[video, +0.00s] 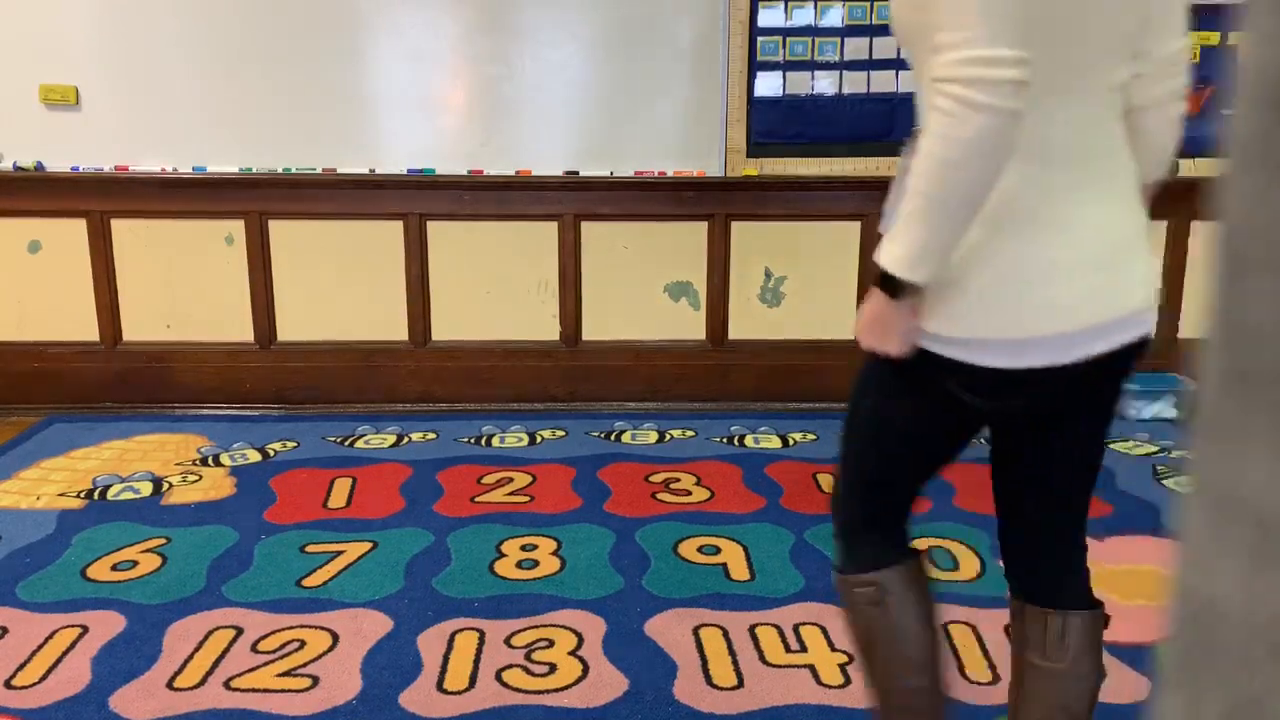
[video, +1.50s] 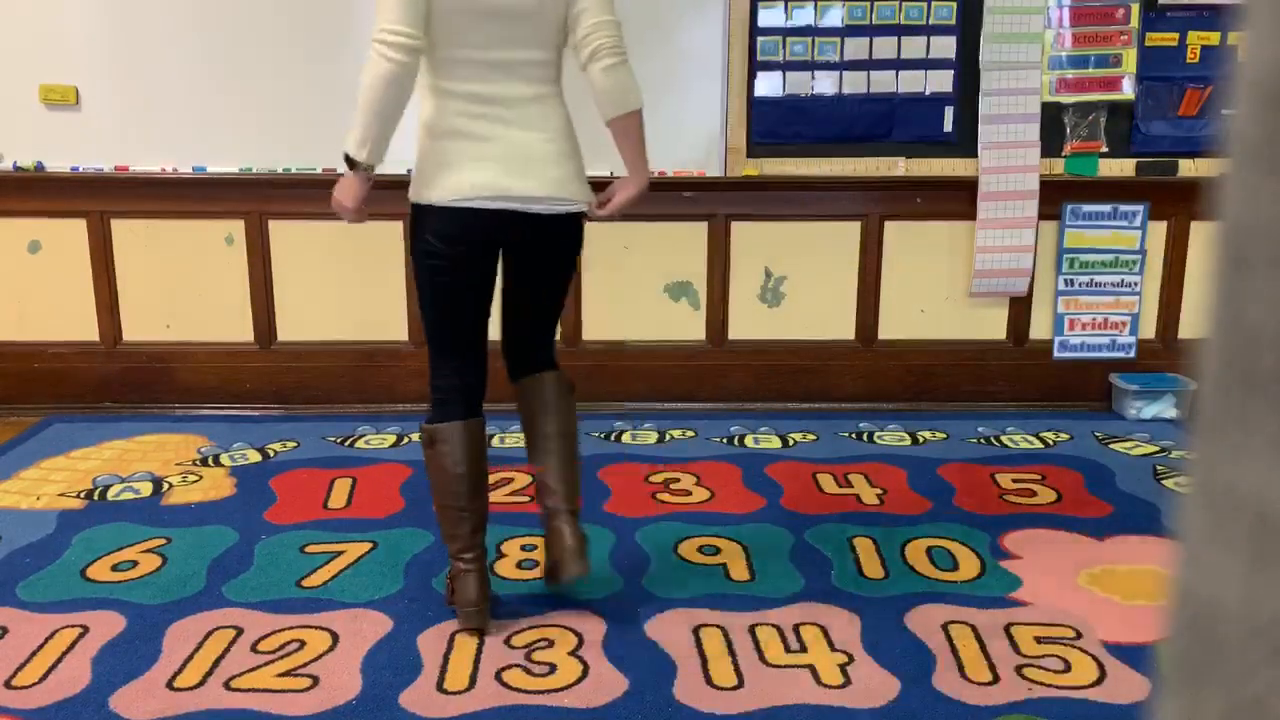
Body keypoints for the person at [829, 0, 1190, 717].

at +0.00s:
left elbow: (980, 91)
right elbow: (1159, 103)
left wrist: (895, 278)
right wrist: (1095, 219)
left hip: (975, 303)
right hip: (1104, 300)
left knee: (867, 508)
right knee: (1049, 547)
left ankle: (912, 707)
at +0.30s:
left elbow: (794, 78)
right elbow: (998, 84)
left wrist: (728, 243)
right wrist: (960, 213)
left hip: (793, 264)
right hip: (918, 259)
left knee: (744, 481)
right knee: (899, 493)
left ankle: (732, 685)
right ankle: (975, 705)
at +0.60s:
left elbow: (657, 54)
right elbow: (872, 46)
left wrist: (629, 210)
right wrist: (893, 184)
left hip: (701, 239)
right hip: (801, 239)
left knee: (708, 459)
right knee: (723, 431)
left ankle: (731, 677)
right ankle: (714, 618)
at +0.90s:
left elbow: (573, 49)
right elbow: (774, 50)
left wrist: (544, 191)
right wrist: (794, 185)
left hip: (606, 221)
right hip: (705, 222)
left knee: (599, 431)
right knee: (665, 420)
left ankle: (681, 626)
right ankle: (636, 605)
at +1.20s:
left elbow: (480, 41)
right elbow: (677, 41)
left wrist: (467, 176)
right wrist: (705, 176)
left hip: (525, 204)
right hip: (629, 204)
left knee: (505, 398)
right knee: (638, 408)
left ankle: (485, 587)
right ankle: (638, 606)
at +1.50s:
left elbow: (397, 50)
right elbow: (601, 50)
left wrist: (359, 170)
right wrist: (637, 170)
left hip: (453, 193)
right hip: (551, 193)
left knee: (454, 378)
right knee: (534, 351)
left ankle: (468, 573)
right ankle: (562, 523)